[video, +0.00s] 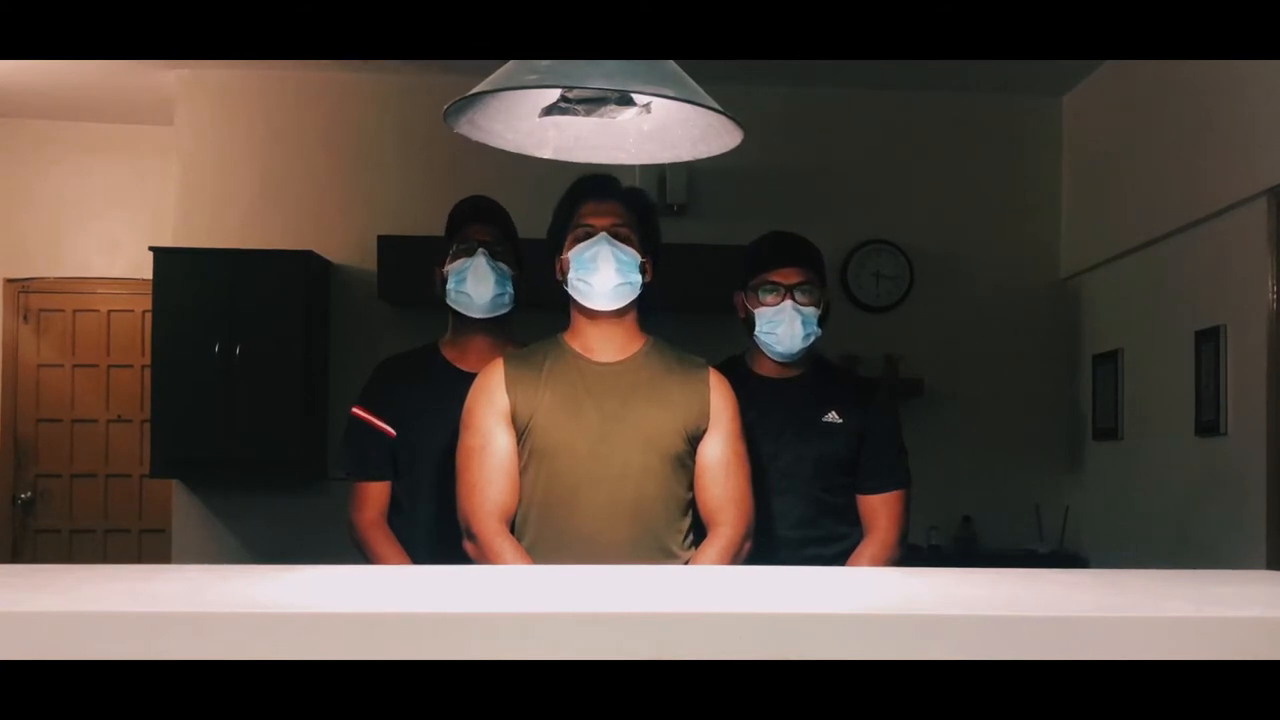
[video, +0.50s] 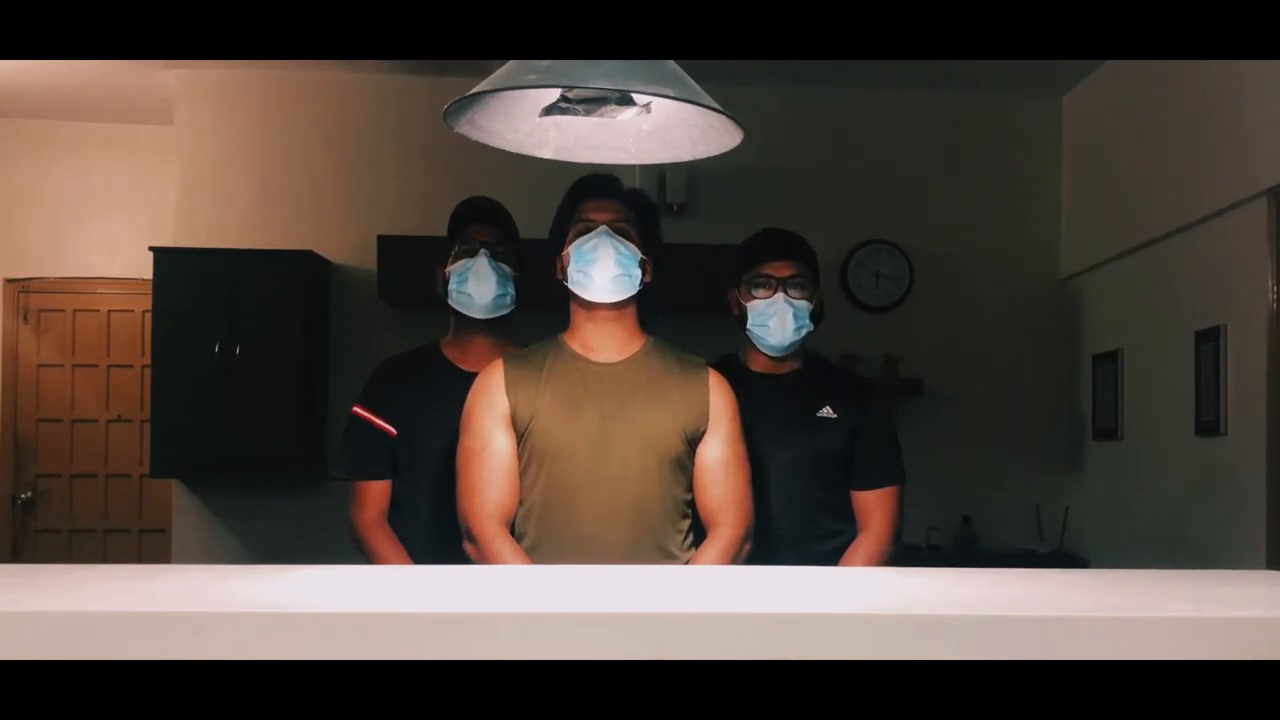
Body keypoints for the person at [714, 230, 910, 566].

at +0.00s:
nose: (788, 308)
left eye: (804, 293)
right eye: (770, 293)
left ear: (822, 304)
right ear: (743, 304)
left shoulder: (861, 400)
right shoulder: (708, 394)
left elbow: (883, 537)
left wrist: (830, 611)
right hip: (734, 596)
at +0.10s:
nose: (787, 306)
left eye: (803, 292)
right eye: (769, 291)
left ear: (821, 304)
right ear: (743, 303)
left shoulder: (861, 400)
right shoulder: (708, 394)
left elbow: (883, 537)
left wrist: (829, 611)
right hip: (734, 597)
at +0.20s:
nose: (787, 305)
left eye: (803, 291)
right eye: (769, 290)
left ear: (821, 303)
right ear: (742, 303)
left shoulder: (860, 400)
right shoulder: (708, 394)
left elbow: (882, 537)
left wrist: (829, 611)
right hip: (733, 597)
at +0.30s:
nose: (786, 304)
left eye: (802, 290)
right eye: (768, 289)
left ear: (821, 303)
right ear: (742, 303)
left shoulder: (860, 400)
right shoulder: (707, 394)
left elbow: (882, 536)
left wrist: (829, 611)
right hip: (732, 597)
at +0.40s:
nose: (784, 303)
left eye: (800, 289)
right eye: (766, 289)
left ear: (819, 302)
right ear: (740, 301)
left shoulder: (858, 400)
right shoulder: (706, 394)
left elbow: (881, 537)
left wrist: (828, 612)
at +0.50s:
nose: (780, 301)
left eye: (796, 287)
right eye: (762, 287)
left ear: (816, 300)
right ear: (737, 300)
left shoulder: (854, 397)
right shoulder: (705, 391)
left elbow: (877, 532)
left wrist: (825, 612)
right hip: (728, 597)